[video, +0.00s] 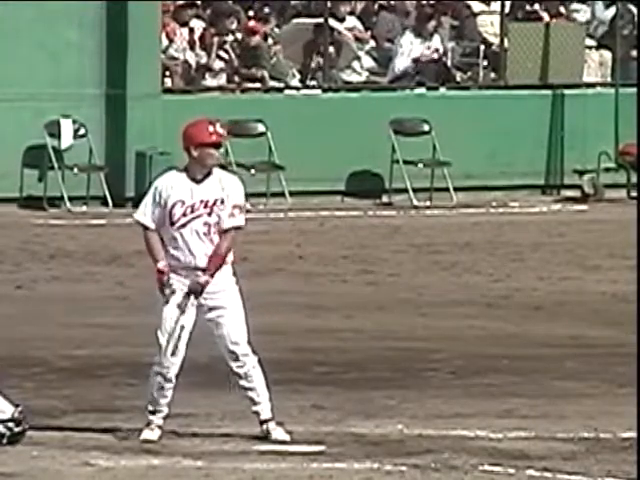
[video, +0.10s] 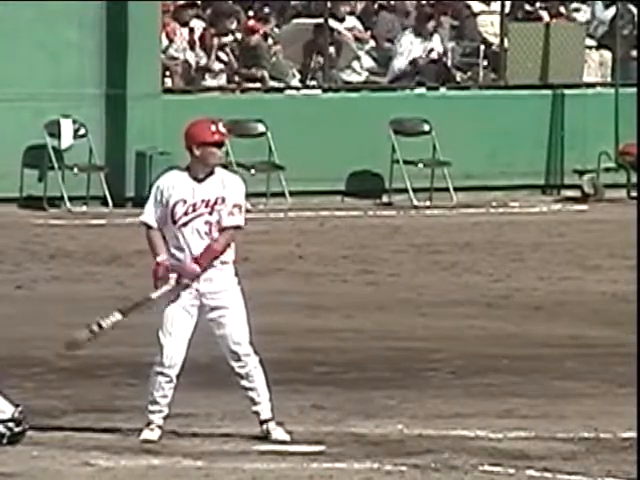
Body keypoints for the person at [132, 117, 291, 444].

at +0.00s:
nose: (217, 152)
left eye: (218, 146)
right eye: (211, 147)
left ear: (218, 149)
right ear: (193, 151)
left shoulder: (230, 184)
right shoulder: (167, 185)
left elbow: (229, 236)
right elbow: (149, 227)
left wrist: (206, 274)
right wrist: (162, 268)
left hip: (218, 276)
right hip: (180, 277)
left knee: (239, 349)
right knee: (168, 355)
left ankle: (267, 420)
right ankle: (155, 420)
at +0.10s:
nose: (221, 150)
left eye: (221, 145)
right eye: (213, 146)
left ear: (221, 148)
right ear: (195, 150)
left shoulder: (231, 184)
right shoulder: (168, 184)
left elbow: (229, 233)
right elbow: (152, 224)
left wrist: (197, 266)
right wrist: (162, 259)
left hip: (221, 279)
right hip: (180, 280)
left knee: (241, 351)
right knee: (169, 357)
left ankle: (267, 421)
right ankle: (155, 421)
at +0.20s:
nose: (222, 150)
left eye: (223, 145)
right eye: (215, 146)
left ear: (222, 147)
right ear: (196, 149)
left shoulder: (233, 183)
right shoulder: (169, 182)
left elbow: (227, 232)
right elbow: (154, 224)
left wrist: (193, 253)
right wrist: (162, 244)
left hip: (221, 277)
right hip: (184, 280)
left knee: (241, 351)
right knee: (169, 357)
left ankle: (267, 421)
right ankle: (154, 421)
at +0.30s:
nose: (222, 150)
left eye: (223, 144)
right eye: (215, 145)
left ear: (222, 147)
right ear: (196, 149)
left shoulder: (233, 182)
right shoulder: (169, 182)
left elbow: (229, 230)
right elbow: (155, 225)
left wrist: (187, 236)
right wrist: (159, 235)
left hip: (221, 276)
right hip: (182, 278)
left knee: (241, 350)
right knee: (170, 356)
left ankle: (267, 421)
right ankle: (155, 421)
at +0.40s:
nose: (222, 149)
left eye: (223, 144)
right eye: (215, 145)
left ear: (222, 147)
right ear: (197, 149)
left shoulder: (233, 182)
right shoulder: (171, 181)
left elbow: (231, 229)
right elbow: (152, 228)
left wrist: (197, 226)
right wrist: (165, 224)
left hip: (221, 275)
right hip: (182, 276)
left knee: (241, 350)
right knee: (170, 356)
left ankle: (268, 421)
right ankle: (154, 421)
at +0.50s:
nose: (222, 149)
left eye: (223, 144)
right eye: (215, 145)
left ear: (223, 146)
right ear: (197, 148)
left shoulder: (235, 181)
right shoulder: (173, 182)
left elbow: (238, 227)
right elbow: (155, 232)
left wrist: (207, 219)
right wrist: (174, 217)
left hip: (222, 274)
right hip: (183, 276)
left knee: (241, 350)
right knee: (171, 355)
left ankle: (268, 421)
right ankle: (155, 421)